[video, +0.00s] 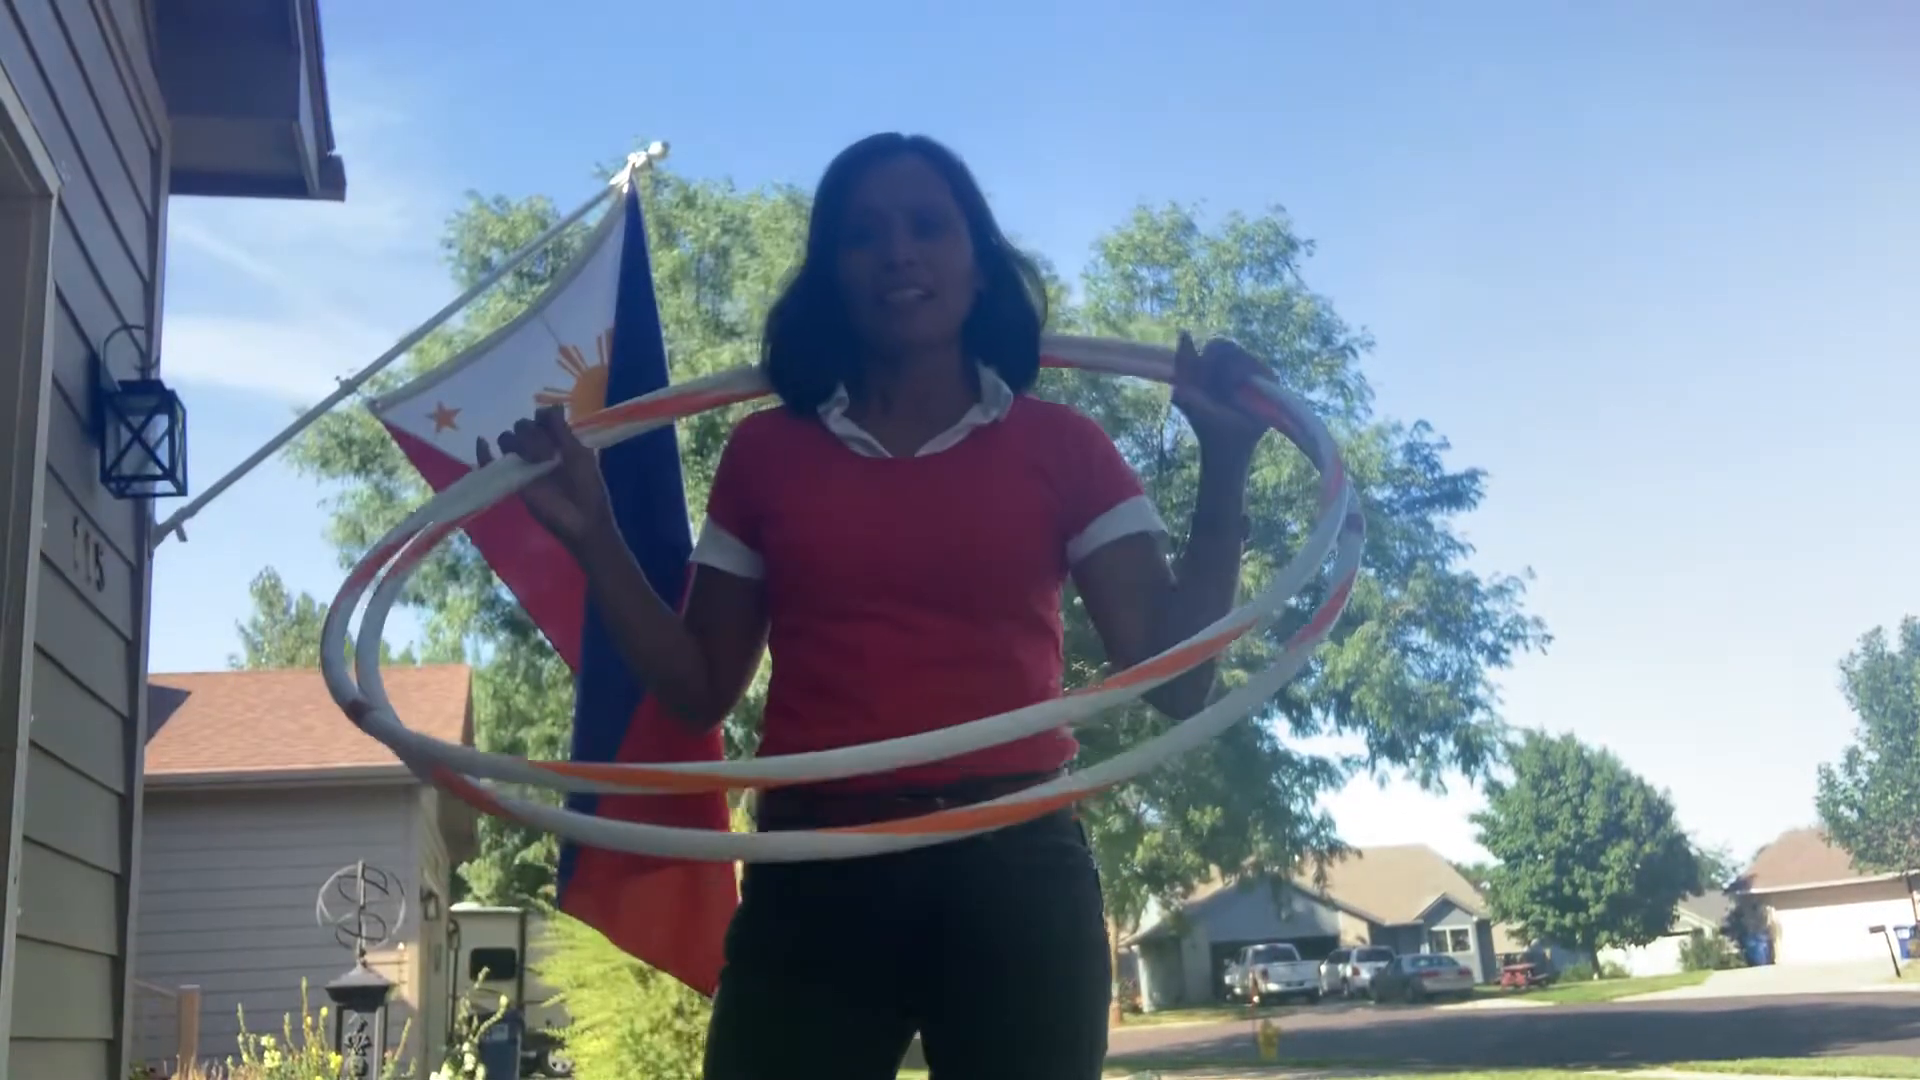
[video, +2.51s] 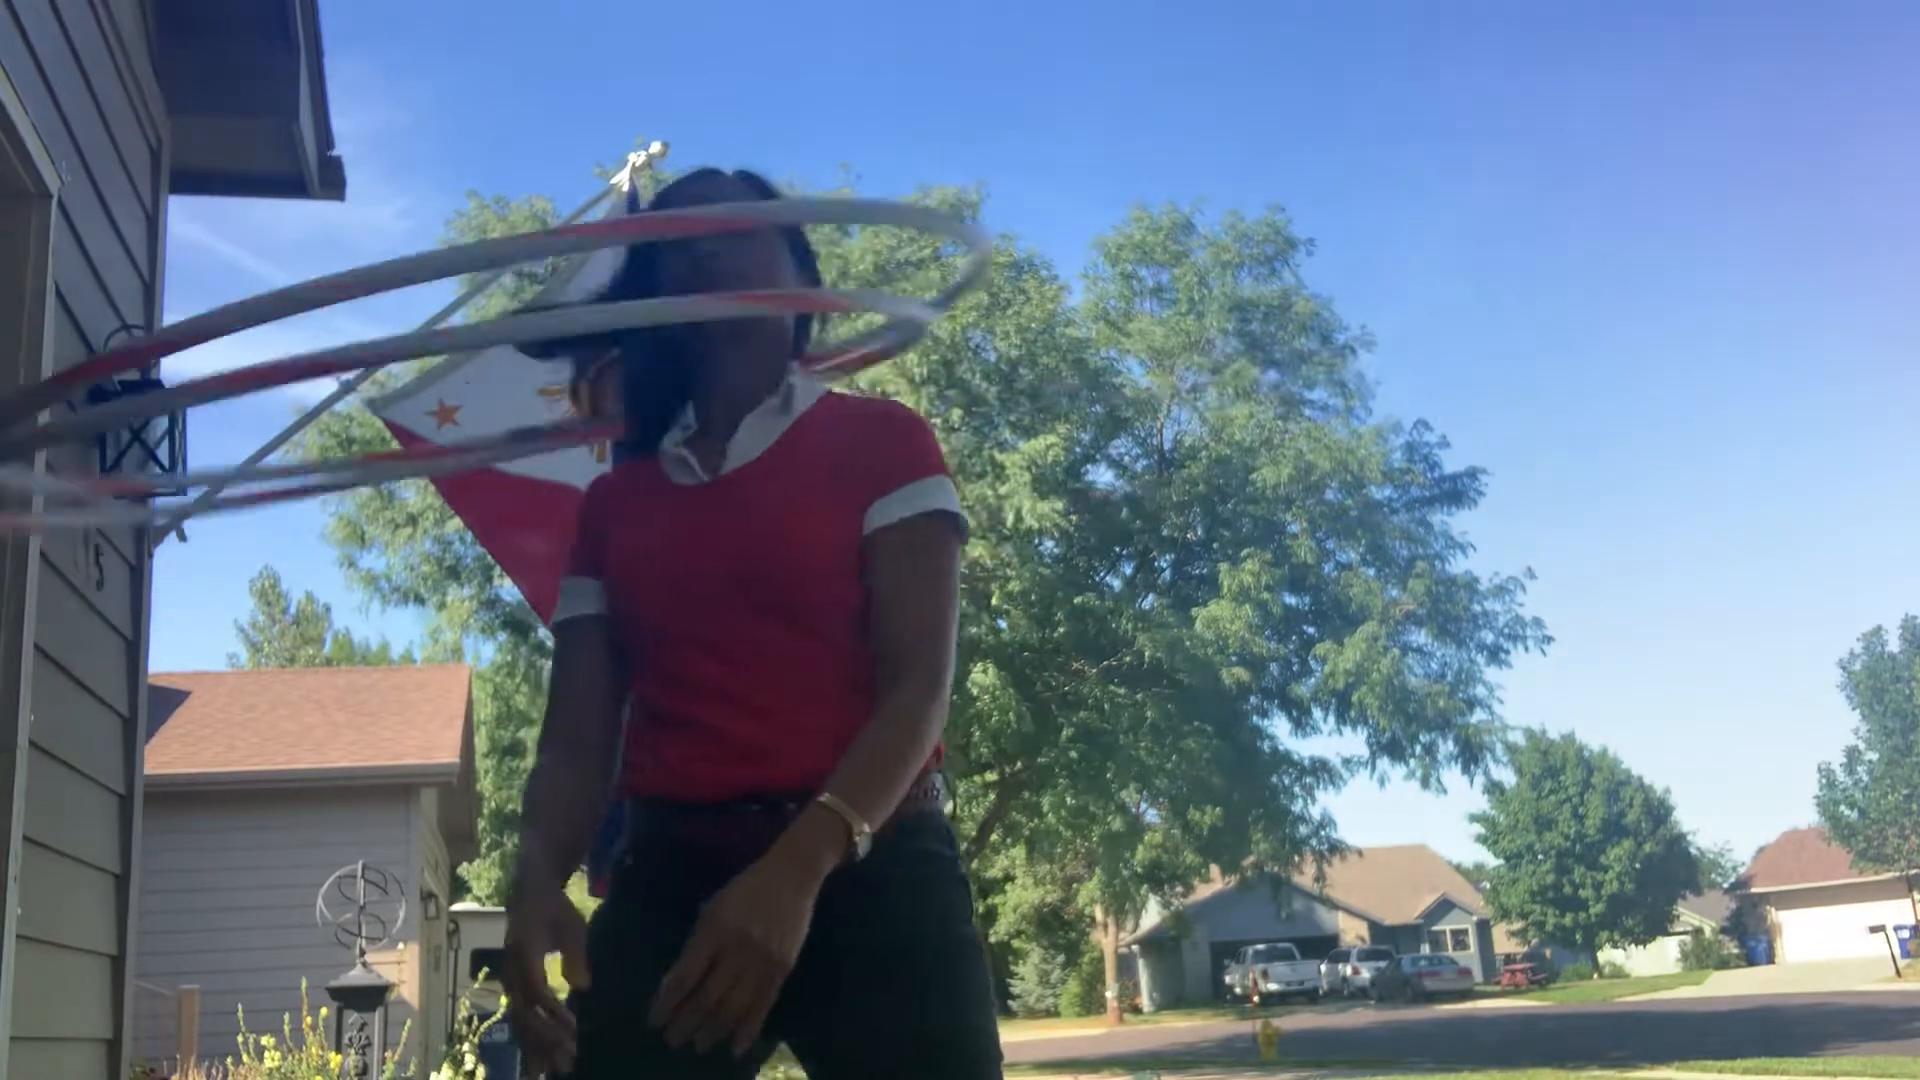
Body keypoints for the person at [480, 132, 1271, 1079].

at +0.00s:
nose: (897, 257)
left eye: (927, 228)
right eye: (864, 236)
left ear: (978, 257)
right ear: (830, 273)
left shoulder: (1057, 444)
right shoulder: (770, 452)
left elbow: (1166, 667)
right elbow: (698, 689)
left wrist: (1226, 460)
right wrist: (591, 532)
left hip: (1014, 865)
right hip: (816, 872)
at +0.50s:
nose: (875, 245)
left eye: (905, 219)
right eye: (842, 227)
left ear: (956, 253)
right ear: (810, 270)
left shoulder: (1039, 439)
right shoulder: (751, 450)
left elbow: (1149, 675)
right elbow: (675, 685)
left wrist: (1184, 451)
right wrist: (562, 522)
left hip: (1001, 866)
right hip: (799, 868)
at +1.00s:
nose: (778, 250)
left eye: (810, 220)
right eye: (750, 232)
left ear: (877, 249)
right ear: (726, 279)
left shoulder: (965, 408)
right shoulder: (711, 474)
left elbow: (1078, 632)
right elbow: (700, 731)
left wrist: (1018, 396)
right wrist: (565, 583)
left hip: (972, 860)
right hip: (771, 869)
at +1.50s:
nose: (704, 257)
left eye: (738, 228)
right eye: (681, 253)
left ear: (815, 257)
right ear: (667, 312)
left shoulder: (908, 424)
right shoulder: (645, 482)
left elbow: (928, 652)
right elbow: (606, 745)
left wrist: (842, 475)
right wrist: (517, 553)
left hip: (901, 869)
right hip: (699, 881)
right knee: (602, 1067)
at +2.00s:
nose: (743, 261)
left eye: (771, 238)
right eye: (712, 249)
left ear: (829, 280)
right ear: (680, 298)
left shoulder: (909, 454)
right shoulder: (636, 491)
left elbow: (932, 698)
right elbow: (569, 730)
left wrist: (841, 887)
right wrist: (611, 754)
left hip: (874, 877)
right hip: (670, 878)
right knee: (590, 1063)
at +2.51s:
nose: (725, 256)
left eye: (750, 236)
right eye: (695, 241)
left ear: (802, 285)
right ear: (658, 290)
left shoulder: (880, 438)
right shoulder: (616, 501)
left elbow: (918, 690)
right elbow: (576, 734)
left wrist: (800, 863)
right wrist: (538, 883)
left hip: (873, 874)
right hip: (669, 884)